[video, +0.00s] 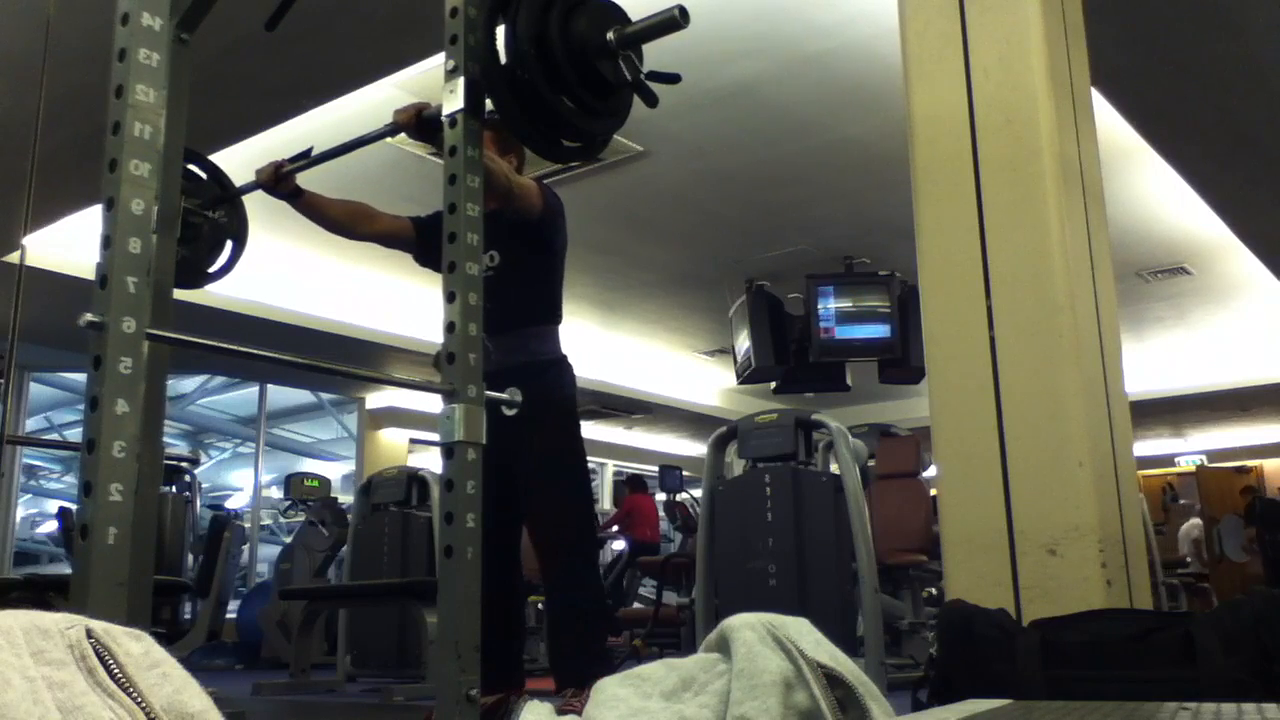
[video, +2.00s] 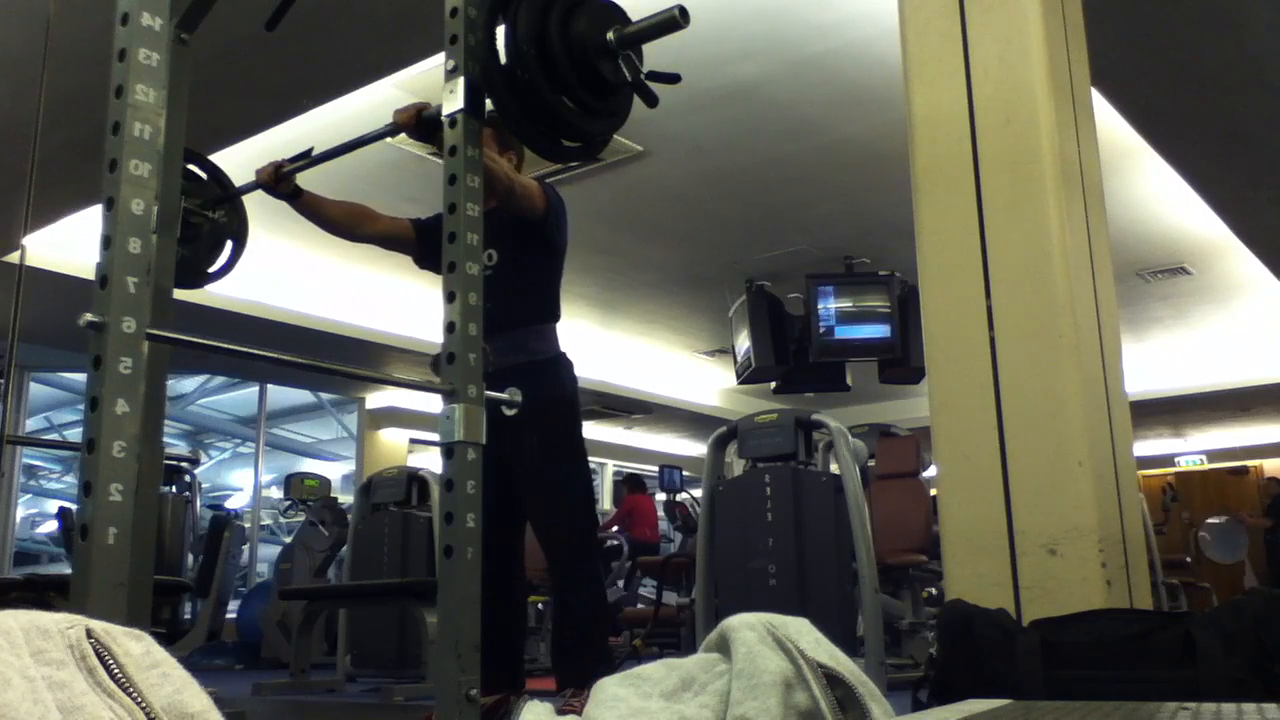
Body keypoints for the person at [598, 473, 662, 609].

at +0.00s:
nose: (627, 491)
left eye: (628, 488)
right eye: (627, 488)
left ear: (631, 488)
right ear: (645, 487)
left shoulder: (631, 500)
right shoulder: (650, 501)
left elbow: (617, 518)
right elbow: (638, 522)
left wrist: (601, 528)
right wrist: (620, 530)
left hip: (636, 546)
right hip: (654, 547)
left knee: (611, 571)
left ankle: (617, 603)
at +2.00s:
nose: (624, 490)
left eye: (625, 487)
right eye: (624, 487)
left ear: (630, 487)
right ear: (642, 486)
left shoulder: (630, 500)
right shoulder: (649, 500)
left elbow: (615, 521)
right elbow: (634, 523)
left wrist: (599, 530)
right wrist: (615, 534)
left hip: (636, 547)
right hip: (654, 547)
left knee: (605, 553)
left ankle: (611, 586)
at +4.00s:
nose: (624, 490)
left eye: (625, 487)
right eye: (624, 487)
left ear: (629, 487)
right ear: (642, 486)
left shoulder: (631, 500)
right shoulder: (649, 500)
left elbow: (618, 520)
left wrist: (602, 529)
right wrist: (618, 531)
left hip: (637, 547)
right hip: (654, 547)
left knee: (604, 560)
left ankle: (601, 596)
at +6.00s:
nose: (624, 491)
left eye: (625, 488)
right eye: (624, 488)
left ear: (629, 488)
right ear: (643, 488)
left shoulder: (631, 501)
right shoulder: (649, 501)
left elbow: (616, 519)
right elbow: (635, 523)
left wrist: (601, 529)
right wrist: (619, 532)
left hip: (638, 545)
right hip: (654, 546)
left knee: (621, 574)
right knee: (614, 559)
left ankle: (613, 603)